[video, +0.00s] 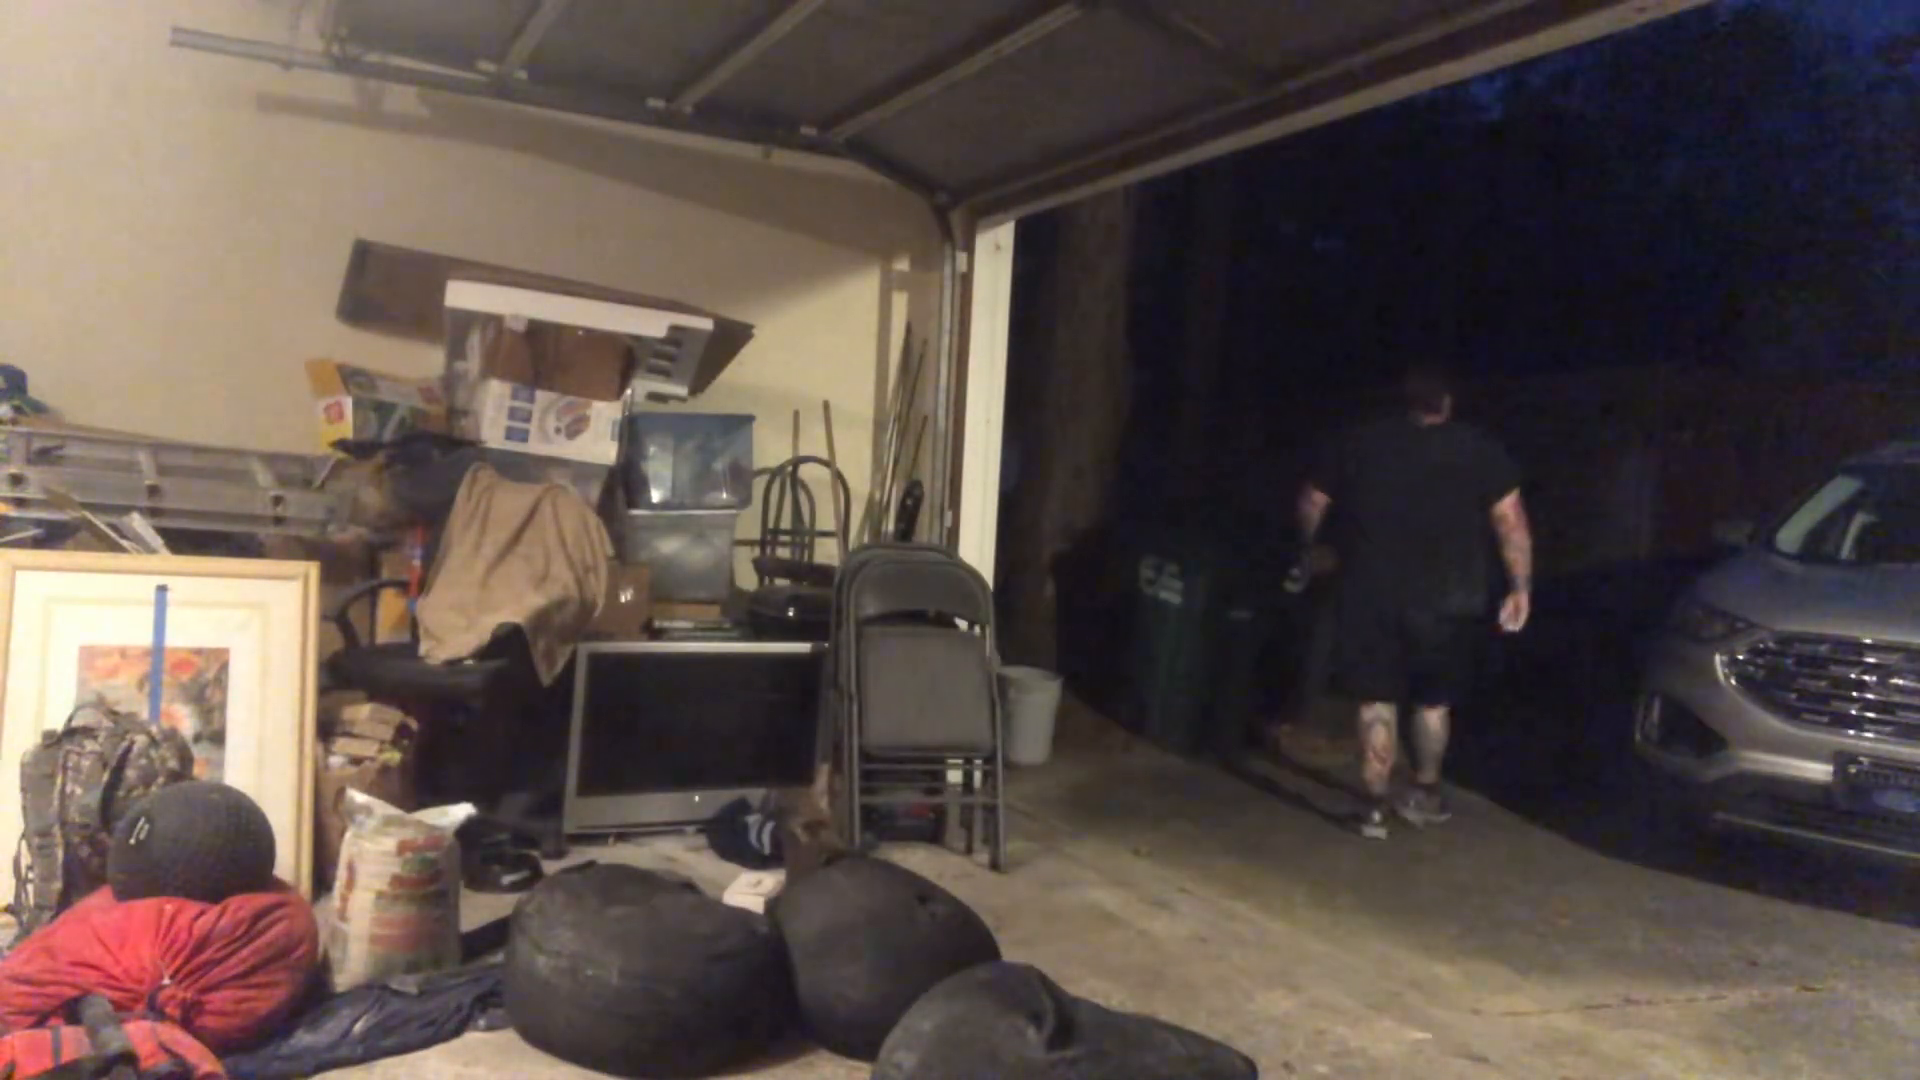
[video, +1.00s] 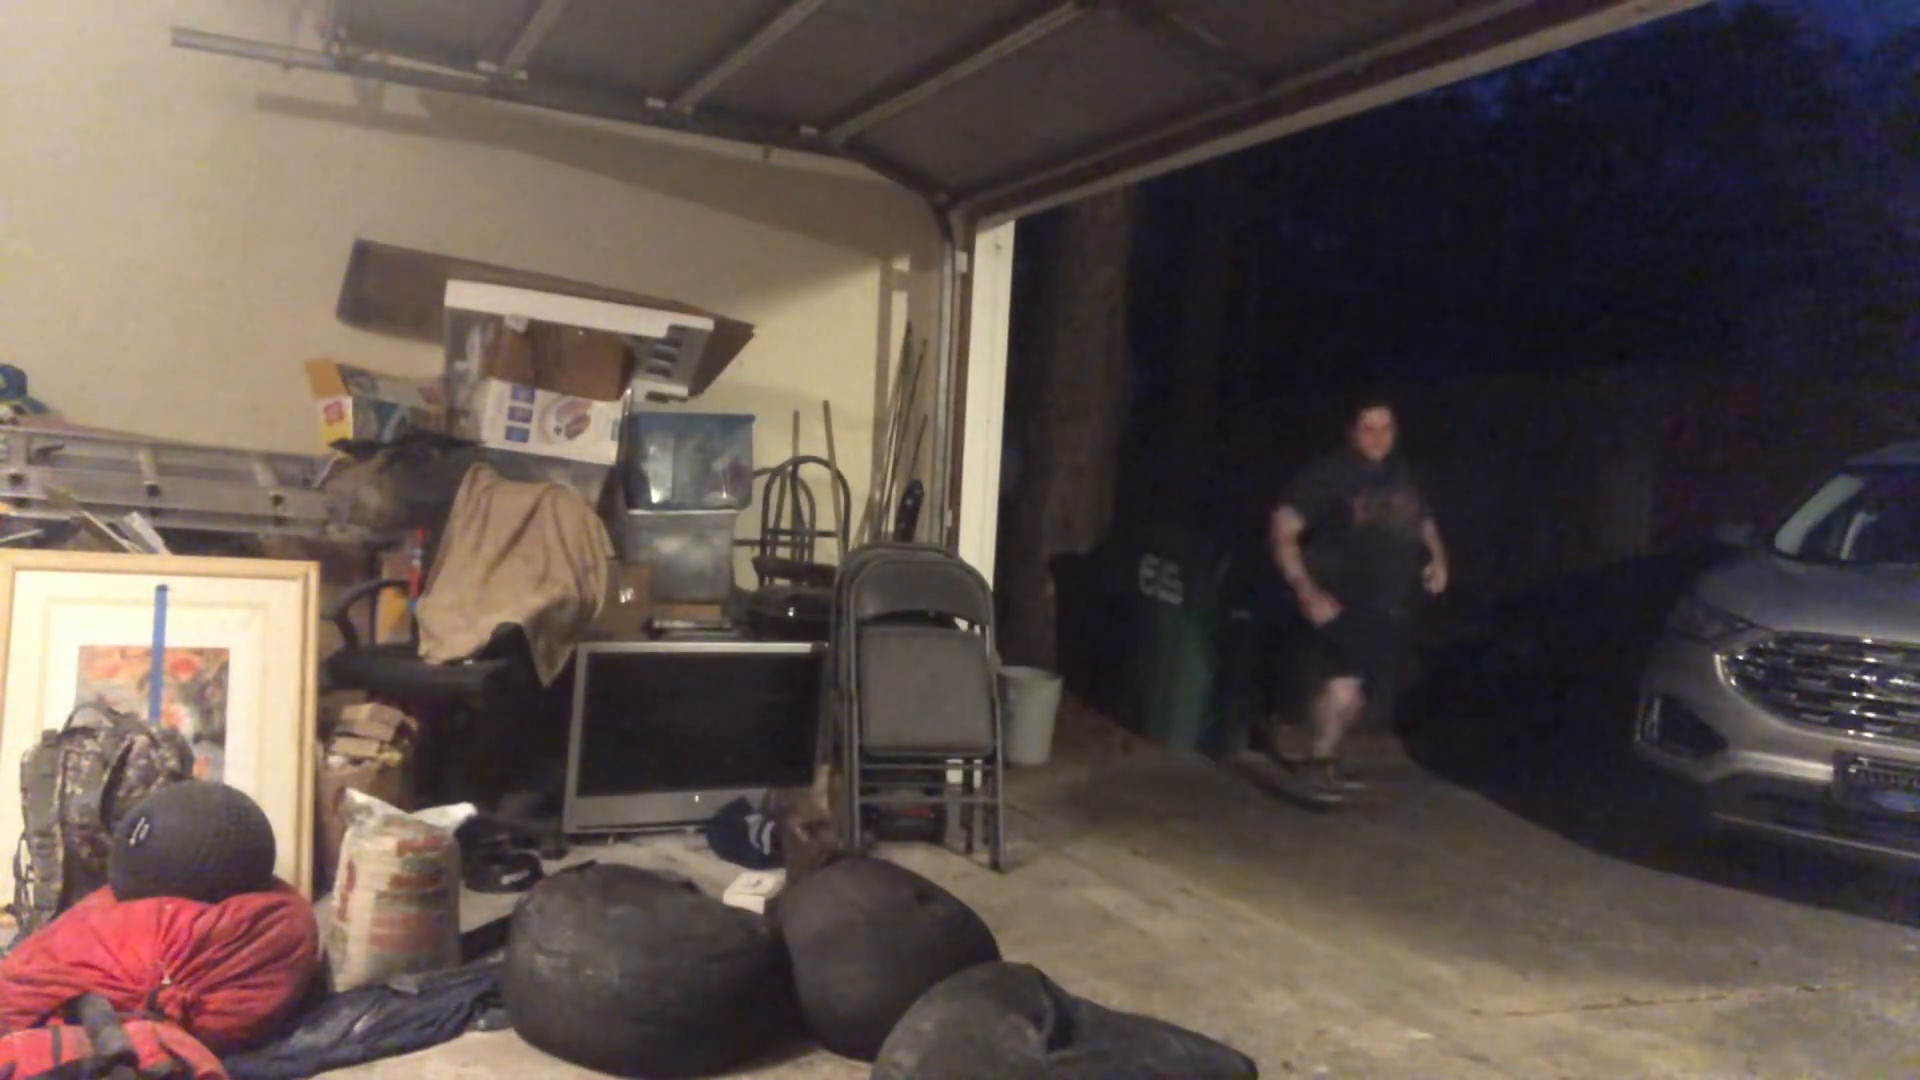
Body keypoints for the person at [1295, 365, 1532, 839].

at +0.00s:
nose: (1432, 408)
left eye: (1427, 397)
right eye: (1438, 398)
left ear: (1404, 400)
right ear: (1449, 403)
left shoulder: (1367, 443)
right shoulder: (1478, 450)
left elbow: (1314, 504)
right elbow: (1511, 523)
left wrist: (1307, 552)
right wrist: (1520, 586)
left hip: (1377, 590)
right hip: (1449, 594)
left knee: (1377, 700)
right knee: (1434, 699)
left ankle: (1373, 808)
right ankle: (1425, 796)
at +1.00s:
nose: (1377, 438)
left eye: (1384, 430)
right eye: (1369, 429)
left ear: (1395, 434)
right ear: (1353, 433)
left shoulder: (1401, 478)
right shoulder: (1332, 475)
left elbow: (1423, 521)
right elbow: (1284, 529)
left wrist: (1438, 561)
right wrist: (1310, 595)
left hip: (1386, 602)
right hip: (1341, 600)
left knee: (1361, 692)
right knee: (1342, 688)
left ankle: (1329, 757)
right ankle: (1321, 762)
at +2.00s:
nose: (1284, 373)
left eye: (1296, 364)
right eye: (1274, 363)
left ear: (1317, 369)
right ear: (1260, 370)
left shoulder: (1349, 427)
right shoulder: (1227, 426)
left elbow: (1399, 496)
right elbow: (1183, 495)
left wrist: (1389, 577)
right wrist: (1165, 570)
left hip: (1311, 593)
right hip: (1235, 587)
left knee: (1295, 714)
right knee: (1221, 701)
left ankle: (1280, 824)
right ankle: (1236, 802)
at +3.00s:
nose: (1226, 327)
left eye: (1244, 312)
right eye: (1213, 308)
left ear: (1273, 315)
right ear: (1188, 304)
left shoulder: (1312, 397)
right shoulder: (1128, 373)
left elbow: (1362, 514)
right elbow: (1052, 467)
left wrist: (1349, 630)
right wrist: (1046, 589)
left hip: (1241, 636)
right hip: (1123, 624)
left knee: (1224, 798)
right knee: (1074, 763)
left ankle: (1213, 962)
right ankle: (1142, 888)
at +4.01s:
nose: (1235, 867)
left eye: (1260, 863)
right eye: (1229, 850)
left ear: (1310, 831)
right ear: (1206, 797)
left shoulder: (1328, 800)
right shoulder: (1099, 772)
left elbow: (1318, 934)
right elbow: (964, 924)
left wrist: (1288, 1069)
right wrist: (879, 1067)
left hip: (1195, 633)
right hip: (1044, 636)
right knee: (914, 873)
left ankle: (1313, 1054)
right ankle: (844, 1034)